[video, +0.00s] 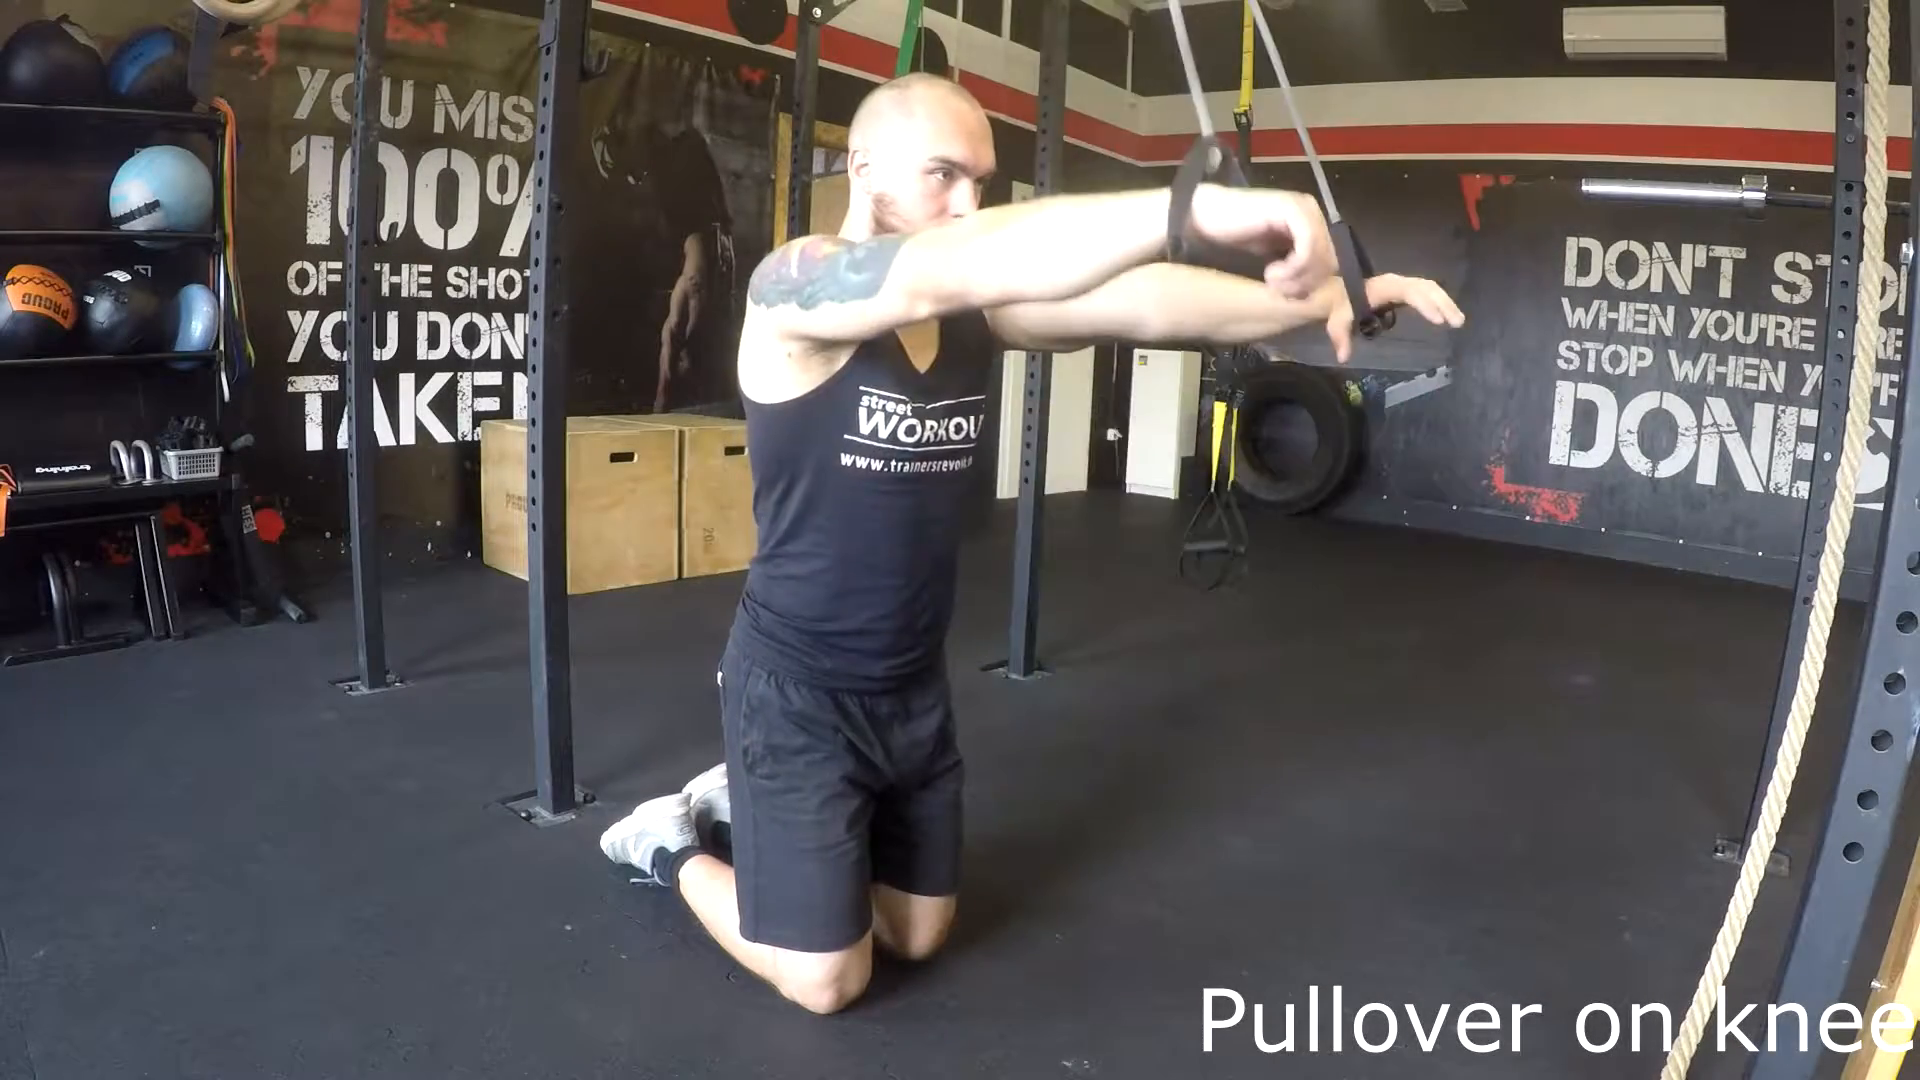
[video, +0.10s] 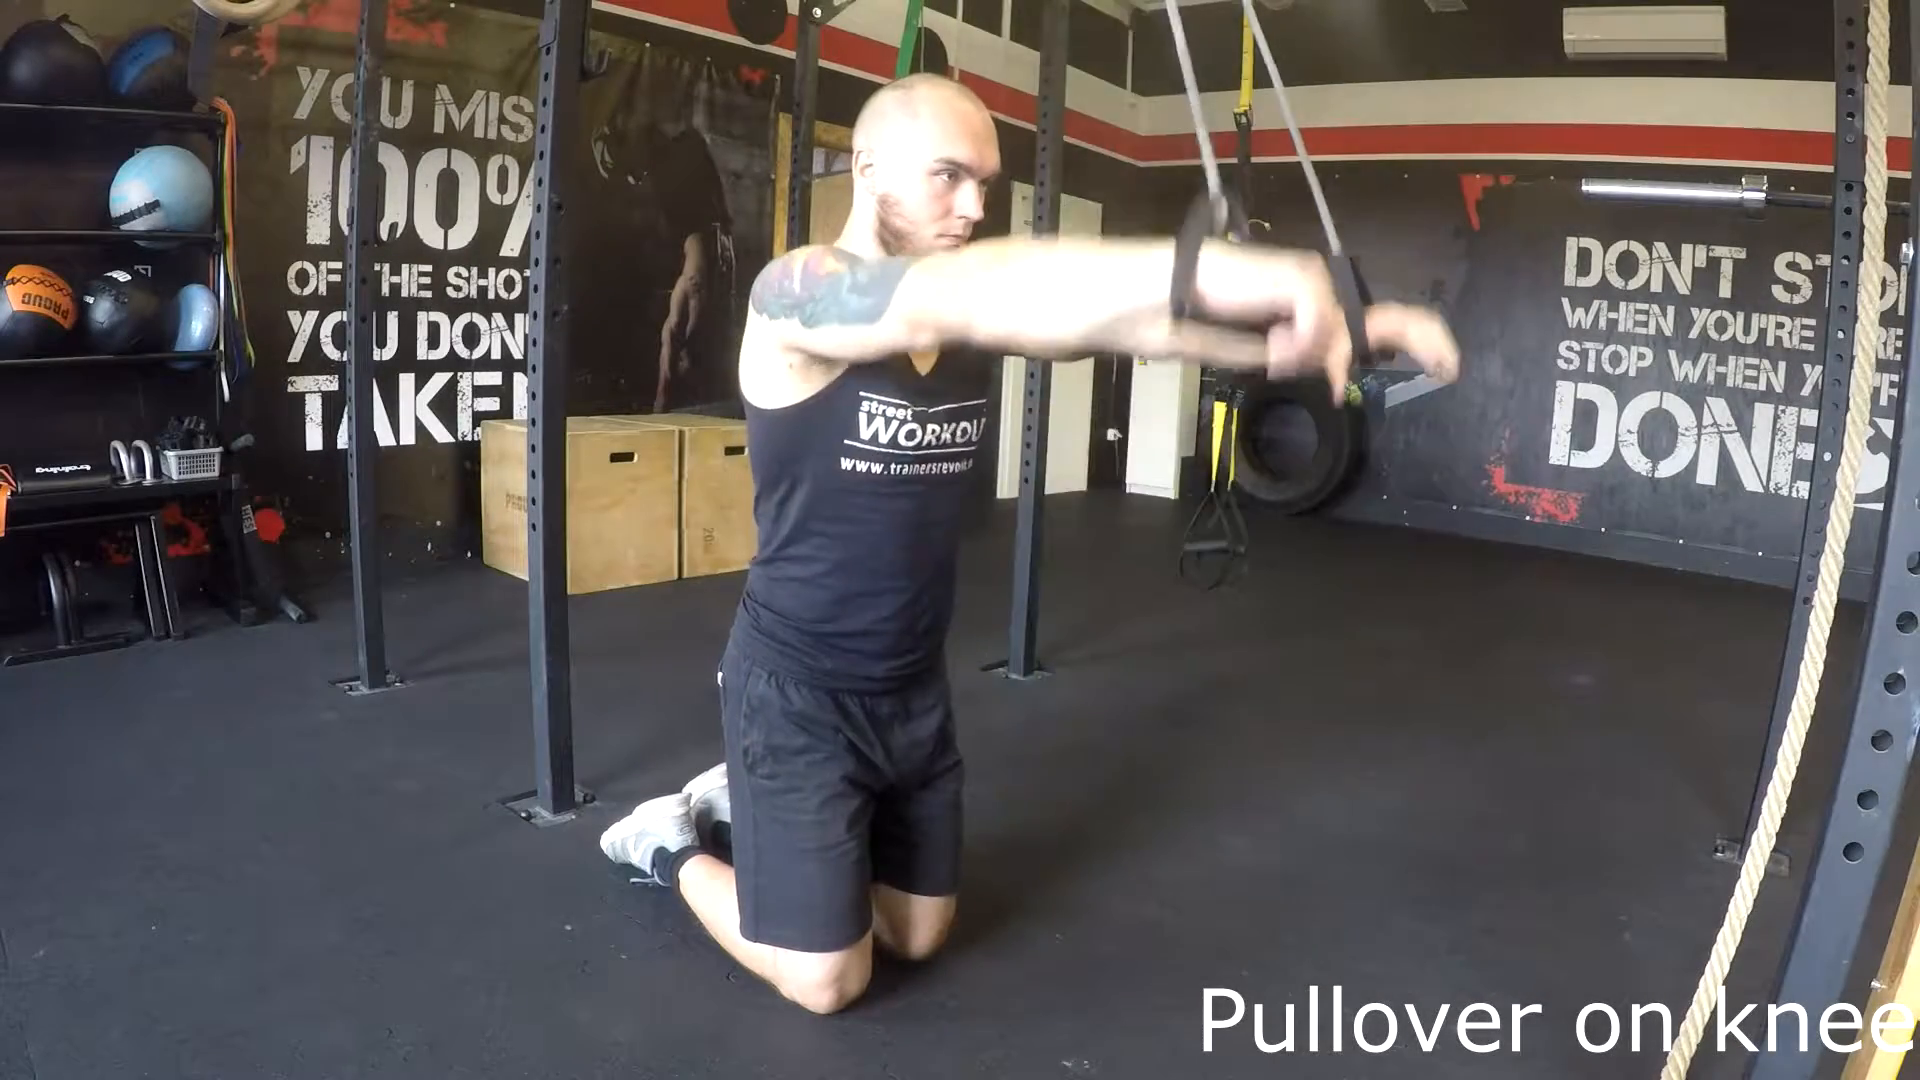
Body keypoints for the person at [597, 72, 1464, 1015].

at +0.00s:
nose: (969, 201)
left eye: (980, 180)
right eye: (943, 175)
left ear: (985, 181)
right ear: (863, 176)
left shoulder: (960, 292)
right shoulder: (793, 282)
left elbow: (1133, 303)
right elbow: (967, 263)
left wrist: (1320, 312)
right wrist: (1189, 212)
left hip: (913, 683)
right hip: (797, 683)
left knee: (916, 932)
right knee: (821, 977)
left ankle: (753, 809)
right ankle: (677, 854)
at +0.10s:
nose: (973, 205)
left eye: (985, 181)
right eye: (947, 178)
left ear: (991, 183)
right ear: (869, 178)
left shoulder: (979, 294)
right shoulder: (795, 290)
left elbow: (1134, 324)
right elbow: (954, 307)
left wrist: (1321, 339)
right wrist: (1196, 268)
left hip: (911, 685)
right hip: (795, 685)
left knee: (916, 932)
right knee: (821, 979)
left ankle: (752, 810)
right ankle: (676, 853)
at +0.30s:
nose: (980, 209)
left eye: (994, 186)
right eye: (955, 179)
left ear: (998, 191)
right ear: (875, 173)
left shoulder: (989, 316)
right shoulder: (802, 308)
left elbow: (1146, 403)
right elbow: (961, 440)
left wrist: (1321, 495)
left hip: (914, 685)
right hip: (796, 686)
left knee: (916, 928)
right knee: (822, 982)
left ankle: (750, 810)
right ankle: (678, 852)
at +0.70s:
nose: (995, 204)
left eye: (1007, 180)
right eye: (968, 173)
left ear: (1011, 188)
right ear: (889, 171)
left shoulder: (1000, 340)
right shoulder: (803, 334)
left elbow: (1035, 534)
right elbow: (778, 590)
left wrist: (1077, 687)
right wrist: (775, 796)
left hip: (921, 696)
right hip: (813, 704)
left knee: (916, 932)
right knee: (825, 982)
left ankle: (730, 808)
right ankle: (672, 853)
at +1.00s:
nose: (996, 206)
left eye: (1007, 181)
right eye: (971, 175)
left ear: (1012, 190)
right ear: (891, 174)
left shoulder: (996, 340)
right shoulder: (793, 335)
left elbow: (982, 538)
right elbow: (739, 575)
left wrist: (967, 683)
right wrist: (712, 766)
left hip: (926, 698)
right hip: (805, 704)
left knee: (916, 934)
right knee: (826, 981)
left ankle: (767, 829)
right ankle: (682, 840)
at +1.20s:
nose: (996, 206)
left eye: (1006, 180)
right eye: (971, 174)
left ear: (1011, 191)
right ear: (892, 175)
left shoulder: (993, 339)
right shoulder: (793, 334)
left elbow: (982, 538)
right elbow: (742, 578)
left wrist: (971, 685)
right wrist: (715, 767)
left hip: (925, 699)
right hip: (805, 705)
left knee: (916, 933)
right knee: (827, 981)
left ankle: (771, 829)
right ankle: (683, 842)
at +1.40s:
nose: (995, 205)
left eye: (1005, 179)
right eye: (968, 173)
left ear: (1009, 187)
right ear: (892, 173)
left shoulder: (997, 335)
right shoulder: (795, 334)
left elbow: (1016, 531)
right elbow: (760, 580)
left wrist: (1041, 684)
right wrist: (757, 785)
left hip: (921, 693)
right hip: (809, 700)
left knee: (916, 933)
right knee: (826, 980)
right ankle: (677, 849)